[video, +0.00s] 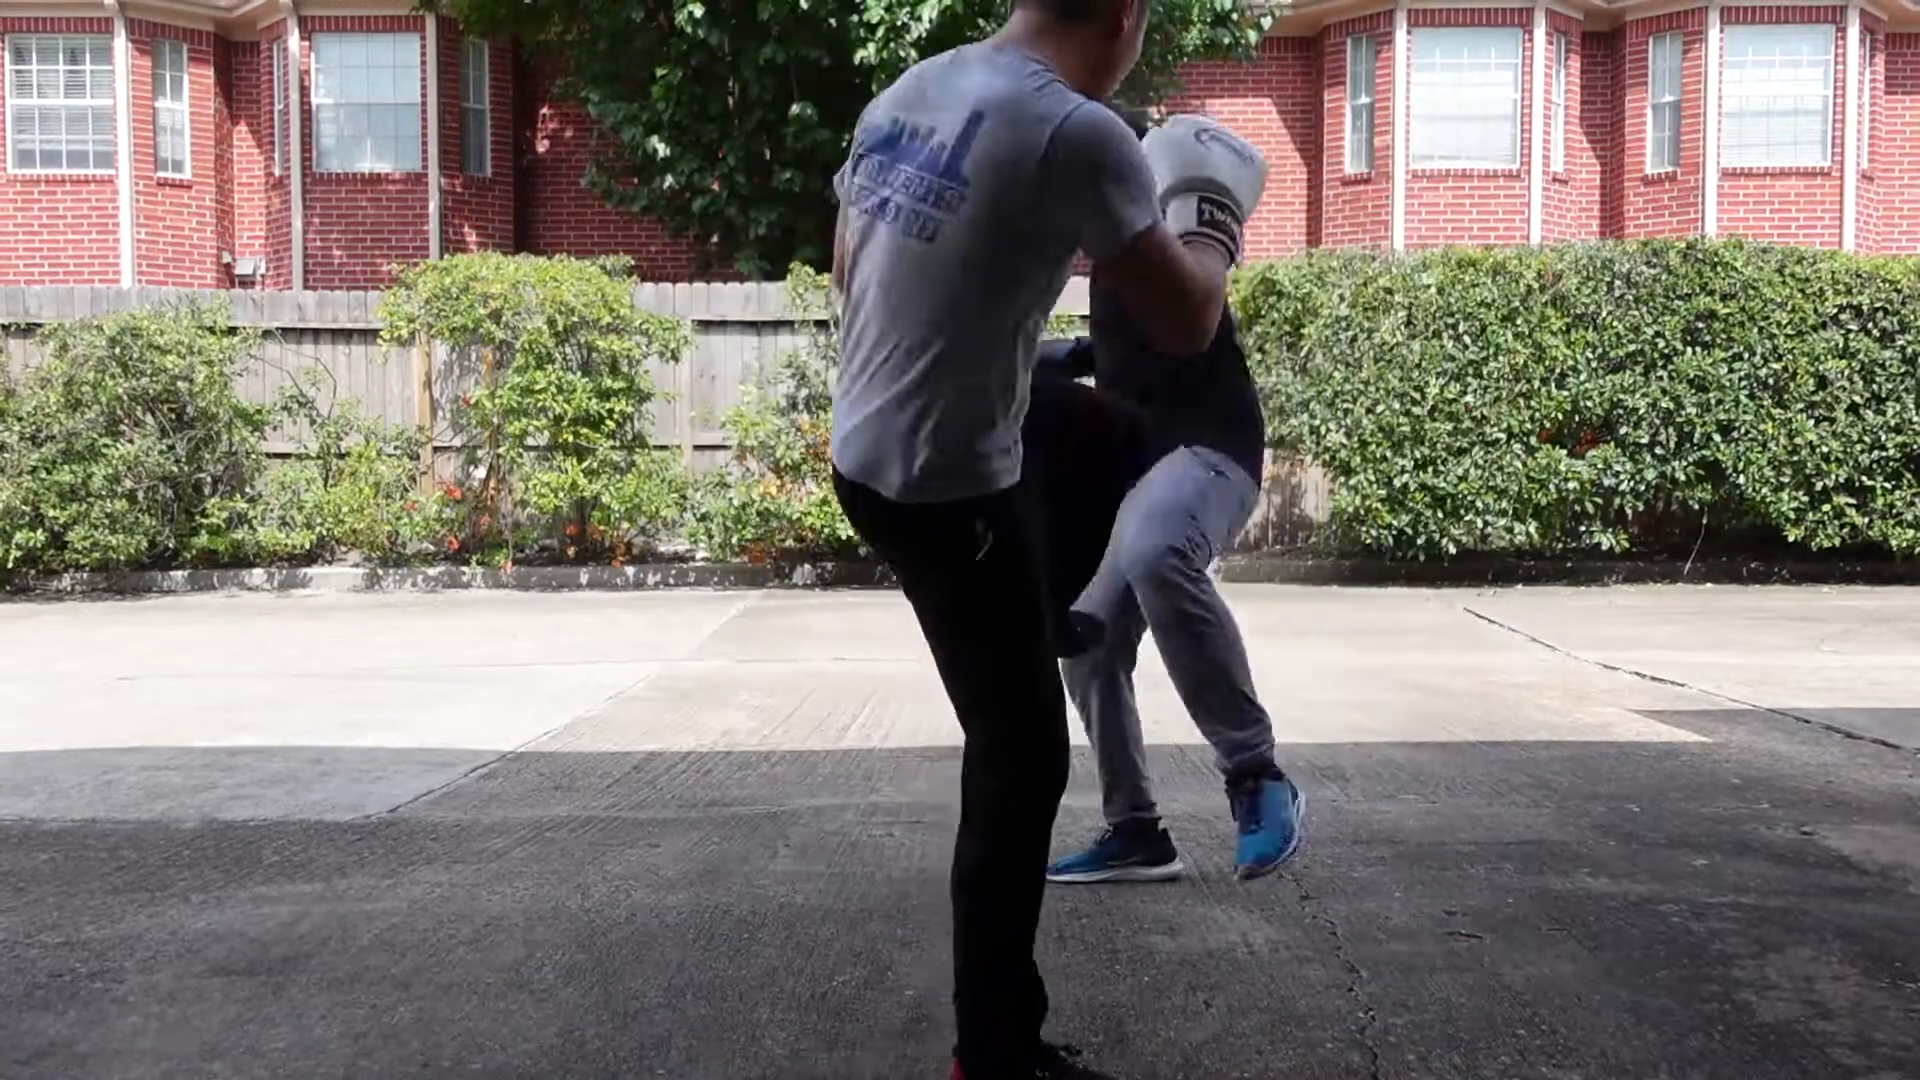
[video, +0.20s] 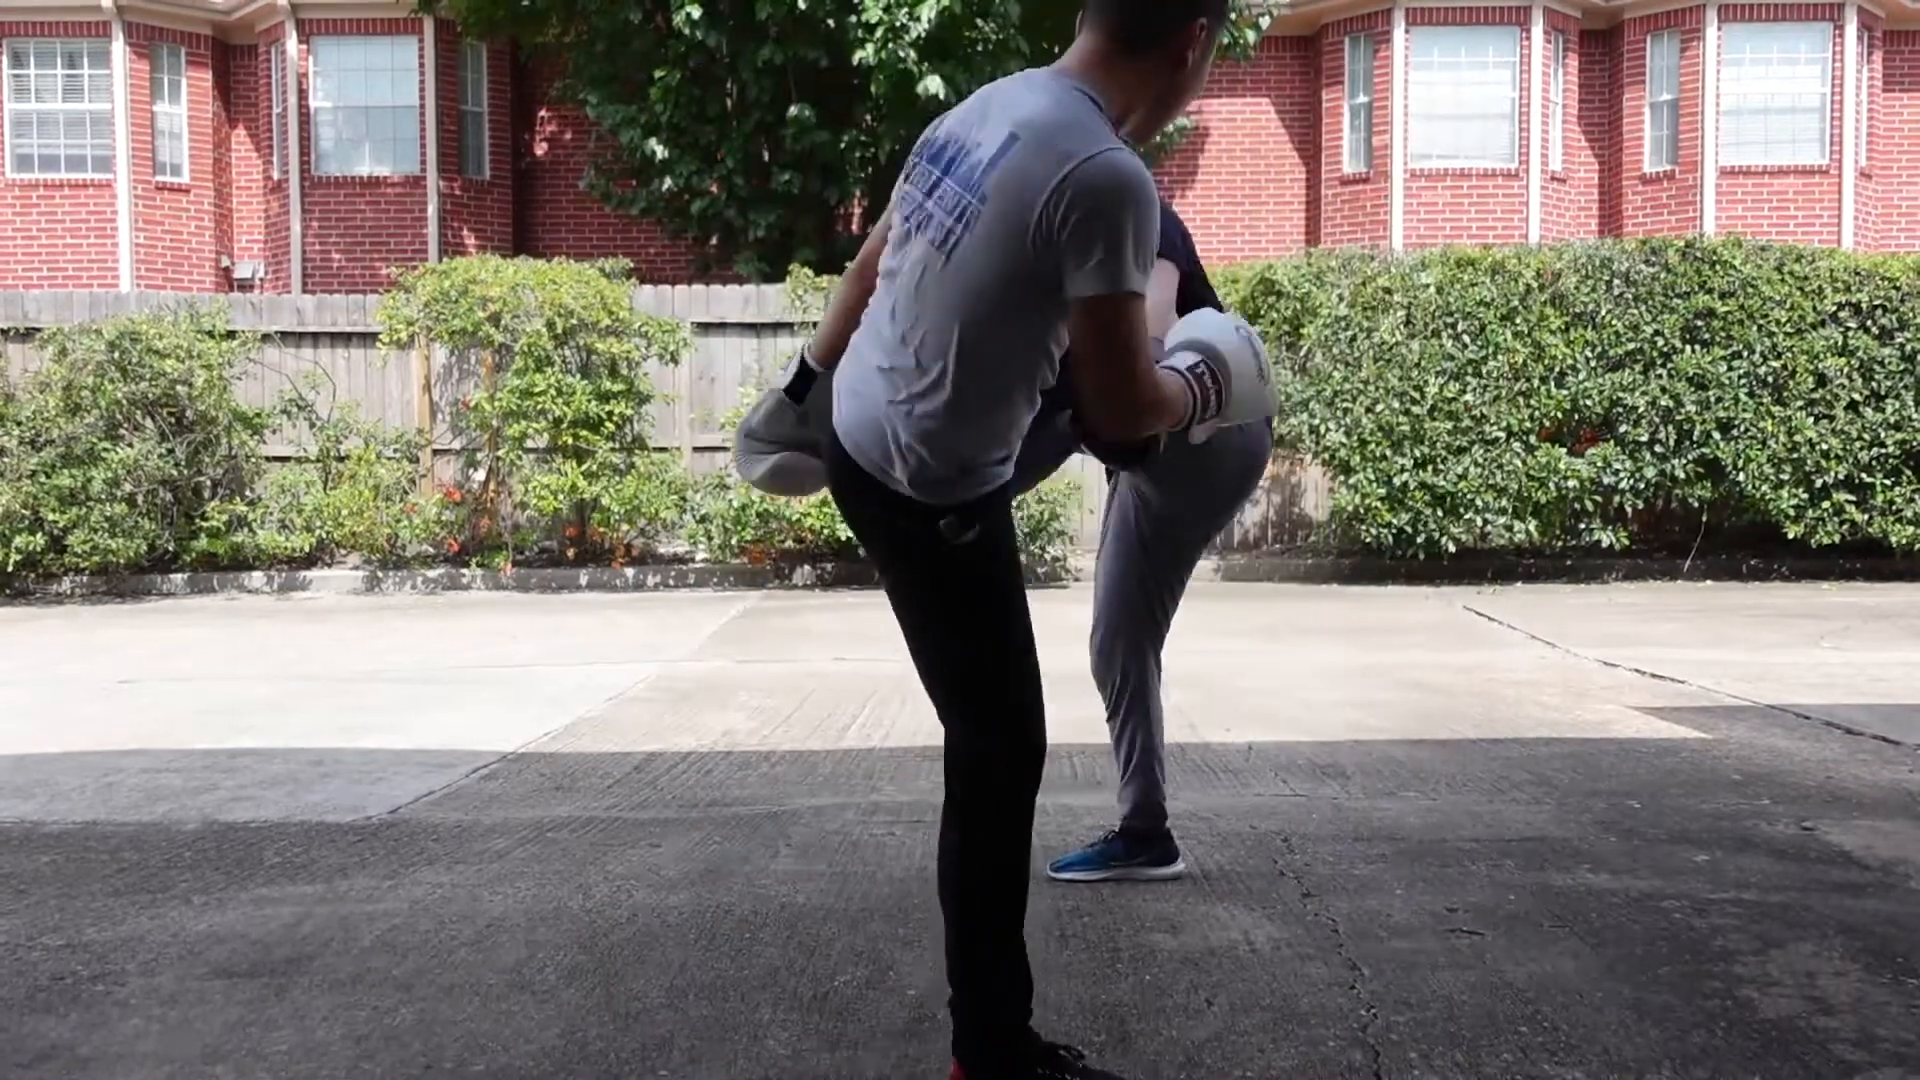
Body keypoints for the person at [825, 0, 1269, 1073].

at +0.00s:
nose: (1141, 49)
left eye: (1141, 31)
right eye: (1143, 29)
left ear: (1020, 5)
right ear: (1124, 18)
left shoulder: (908, 86)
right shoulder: (1082, 131)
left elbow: (851, 266)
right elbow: (1186, 319)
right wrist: (1195, 223)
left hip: (868, 458)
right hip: (953, 480)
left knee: (1101, 428)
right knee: (1020, 751)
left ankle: (1062, 624)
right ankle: (998, 1048)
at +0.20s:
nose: (1206, 76)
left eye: (1212, 51)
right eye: (1213, 50)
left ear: (1093, 16)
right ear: (1190, 45)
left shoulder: (987, 103)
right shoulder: (1106, 179)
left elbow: (873, 260)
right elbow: (1123, 409)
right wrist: (1200, 385)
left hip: (864, 425)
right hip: (937, 487)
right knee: (997, 751)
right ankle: (993, 1046)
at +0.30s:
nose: (1197, 90)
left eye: (1203, 63)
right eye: (1204, 62)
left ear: (1077, 26)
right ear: (1184, 52)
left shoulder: (959, 108)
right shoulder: (1119, 190)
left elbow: (826, 254)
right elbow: (1131, 428)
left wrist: (810, 350)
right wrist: (1201, 432)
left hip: (859, 432)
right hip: (948, 485)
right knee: (1041, 757)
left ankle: (910, 577)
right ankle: (996, 1048)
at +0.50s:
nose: (1129, 69)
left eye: (1129, 48)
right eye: (1133, 45)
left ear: (1012, 14)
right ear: (1114, 28)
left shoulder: (902, 114)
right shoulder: (1064, 153)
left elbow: (941, 302)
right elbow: (1110, 371)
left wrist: (1093, 284)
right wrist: (1193, 315)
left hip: (833, 465)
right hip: (945, 485)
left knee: (904, 726)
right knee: (1036, 766)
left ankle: (861, 971)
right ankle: (1012, 1051)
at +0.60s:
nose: (1079, 53)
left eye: (1081, 36)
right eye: (1080, 31)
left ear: (967, 16)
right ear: (1053, 22)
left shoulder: (906, 111)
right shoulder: (982, 139)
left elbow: (996, 272)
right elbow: (1075, 308)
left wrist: (1066, 194)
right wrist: (1123, 220)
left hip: (826, 474)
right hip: (895, 491)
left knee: (897, 746)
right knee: (1009, 754)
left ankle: (860, 984)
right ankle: (1027, 1049)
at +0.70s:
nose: (1051, 74)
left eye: (1058, 48)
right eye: (1052, 43)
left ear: (970, 18)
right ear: (998, 19)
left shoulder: (865, 105)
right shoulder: (943, 137)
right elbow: (1037, 325)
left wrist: (1018, 192)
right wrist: (1077, 228)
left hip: (815, 469)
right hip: (864, 483)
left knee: (906, 730)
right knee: (965, 748)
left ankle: (856, 970)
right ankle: (908, 1047)